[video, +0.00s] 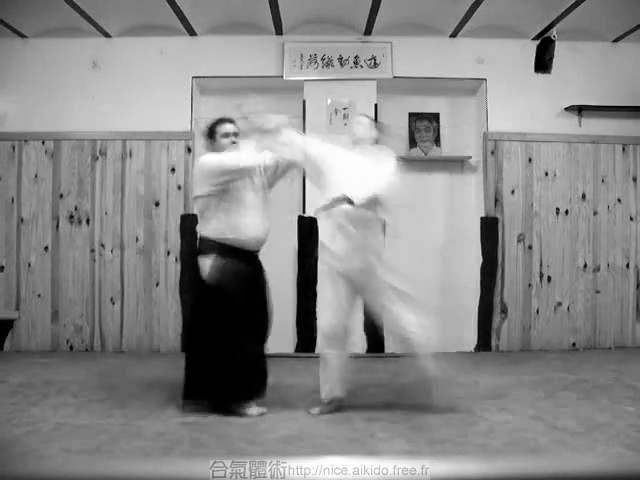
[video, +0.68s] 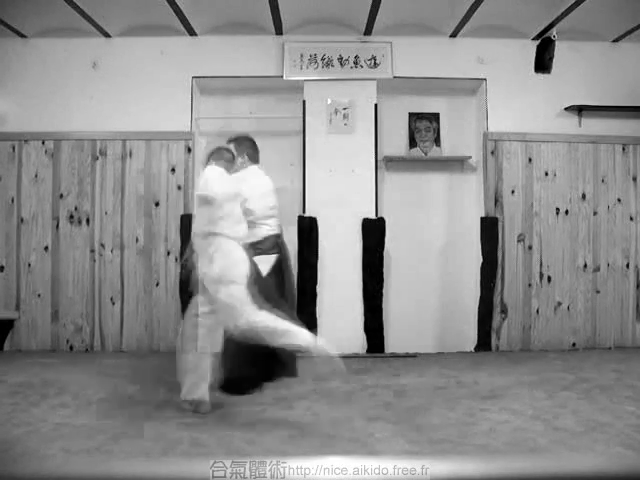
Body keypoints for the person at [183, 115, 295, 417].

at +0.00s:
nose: (232, 139)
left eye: (235, 135)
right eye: (225, 135)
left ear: (240, 138)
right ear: (212, 141)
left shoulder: (253, 167)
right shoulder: (207, 164)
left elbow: (287, 161)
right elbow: (241, 163)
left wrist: (286, 138)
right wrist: (268, 157)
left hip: (247, 256)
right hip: (218, 255)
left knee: (253, 325)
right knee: (226, 328)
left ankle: (248, 394)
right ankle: (228, 398)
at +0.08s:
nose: (230, 145)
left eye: (233, 139)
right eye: (224, 139)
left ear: (242, 141)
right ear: (215, 143)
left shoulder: (257, 169)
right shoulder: (207, 169)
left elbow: (282, 160)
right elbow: (196, 184)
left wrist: (259, 140)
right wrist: (220, 160)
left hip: (251, 256)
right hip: (219, 255)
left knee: (246, 326)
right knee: (214, 324)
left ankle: (245, 392)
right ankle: (214, 391)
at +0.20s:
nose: (228, 144)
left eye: (235, 139)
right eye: (223, 139)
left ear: (247, 142)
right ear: (217, 143)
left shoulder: (256, 176)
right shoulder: (213, 174)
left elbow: (267, 173)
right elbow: (187, 200)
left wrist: (247, 154)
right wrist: (200, 163)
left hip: (251, 257)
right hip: (218, 255)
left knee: (243, 326)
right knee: (207, 323)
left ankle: (244, 388)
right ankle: (210, 388)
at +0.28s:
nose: (222, 148)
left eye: (226, 143)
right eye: (221, 143)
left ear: (243, 142)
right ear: (246, 142)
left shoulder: (232, 162)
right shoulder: (261, 162)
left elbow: (204, 195)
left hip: (229, 252)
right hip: (253, 250)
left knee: (207, 316)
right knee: (231, 319)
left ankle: (205, 379)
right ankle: (231, 382)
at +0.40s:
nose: (223, 150)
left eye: (227, 145)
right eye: (221, 145)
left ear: (240, 146)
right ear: (222, 149)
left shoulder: (248, 174)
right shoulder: (220, 177)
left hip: (240, 252)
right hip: (223, 253)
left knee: (230, 317)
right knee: (214, 312)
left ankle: (230, 379)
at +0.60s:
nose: (206, 157)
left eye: (208, 152)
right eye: (206, 153)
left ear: (219, 146)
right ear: (241, 143)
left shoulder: (213, 169)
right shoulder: (250, 157)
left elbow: (204, 220)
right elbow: (283, 202)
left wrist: (203, 252)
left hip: (239, 253)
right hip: (254, 250)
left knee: (269, 310)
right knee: (224, 320)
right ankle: (208, 387)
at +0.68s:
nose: (229, 162)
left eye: (231, 156)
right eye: (229, 157)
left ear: (242, 156)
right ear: (253, 156)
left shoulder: (240, 180)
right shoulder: (263, 178)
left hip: (255, 247)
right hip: (272, 244)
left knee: (240, 316)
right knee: (270, 303)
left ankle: (242, 377)